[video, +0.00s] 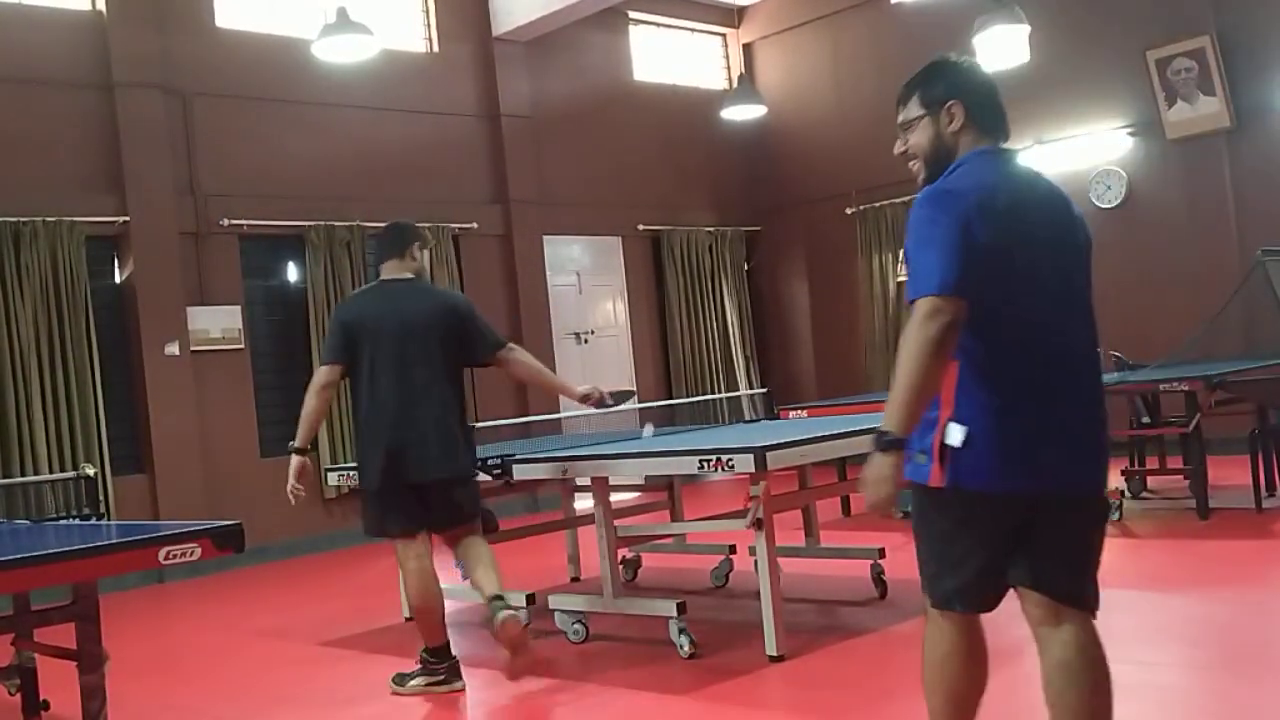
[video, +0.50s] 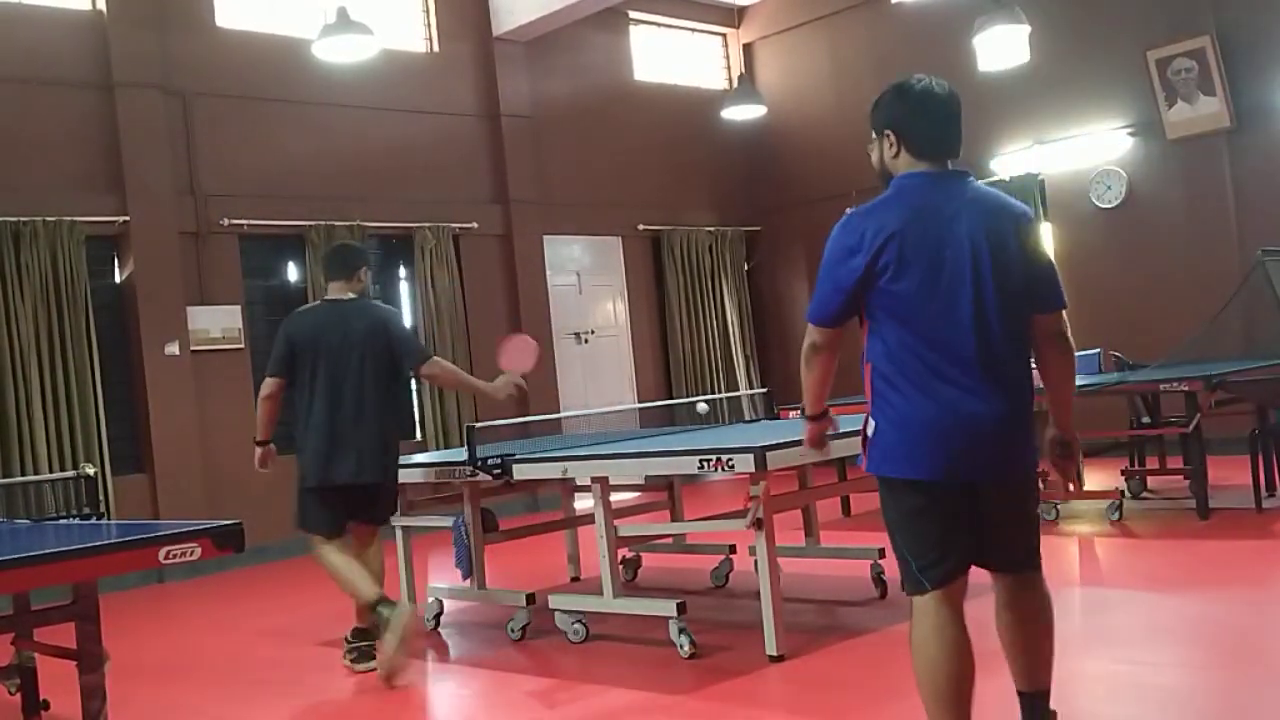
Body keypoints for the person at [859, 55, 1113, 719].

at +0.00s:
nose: (901, 148)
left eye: (907, 127)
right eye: (898, 133)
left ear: (952, 116)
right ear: (968, 121)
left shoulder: (945, 200)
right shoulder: (1056, 200)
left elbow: (937, 311)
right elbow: (1069, 334)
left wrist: (889, 443)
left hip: (974, 457)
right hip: (1071, 452)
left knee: (950, 613)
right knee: (1061, 614)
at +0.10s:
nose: (886, 150)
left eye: (893, 131)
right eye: (884, 135)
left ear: (938, 123)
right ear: (952, 125)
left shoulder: (921, 211)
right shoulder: (1048, 209)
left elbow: (898, 326)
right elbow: (1050, 337)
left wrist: (855, 450)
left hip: (948, 464)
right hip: (1046, 456)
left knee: (949, 614)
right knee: (1045, 610)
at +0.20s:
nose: (874, 152)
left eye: (881, 134)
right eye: (873, 137)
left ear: (922, 129)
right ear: (939, 130)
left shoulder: (894, 219)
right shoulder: (1036, 210)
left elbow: (861, 337)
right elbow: (1051, 334)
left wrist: (829, 451)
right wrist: (1015, 403)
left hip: (933, 453)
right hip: (1027, 446)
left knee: (936, 609)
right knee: (1033, 600)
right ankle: (1068, 716)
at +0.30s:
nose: (869, 155)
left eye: (872, 139)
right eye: (868, 141)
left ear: (906, 134)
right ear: (952, 133)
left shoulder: (880, 223)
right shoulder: (1028, 213)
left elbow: (836, 345)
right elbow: (1054, 332)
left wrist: (807, 451)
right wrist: (1035, 410)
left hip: (920, 454)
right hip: (1014, 445)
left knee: (933, 602)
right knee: (1024, 580)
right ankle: (1057, 713)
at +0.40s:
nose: (867, 154)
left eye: (868, 140)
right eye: (866, 141)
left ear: (894, 136)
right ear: (953, 134)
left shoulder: (869, 221)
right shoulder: (1019, 213)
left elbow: (824, 341)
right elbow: (1050, 333)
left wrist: (805, 433)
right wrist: (1049, 425)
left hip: (913, 447)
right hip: (1007, 439)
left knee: (934, 596)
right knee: (1019, 570)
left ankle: (947, 719)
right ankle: (1040, 711)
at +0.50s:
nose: (871, 153)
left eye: (872, 140)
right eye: (872, 141)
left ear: (891, 141)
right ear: (955, 139)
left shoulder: (864, 226)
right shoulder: (1013, 216)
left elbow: (822, 341)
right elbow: (1051, 334)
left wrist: (814, 416)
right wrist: (1063, 429)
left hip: (912, 447)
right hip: (1005, 438)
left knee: (935, 595)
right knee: (1018, 572)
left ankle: (948, 719)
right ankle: (1038, 711)